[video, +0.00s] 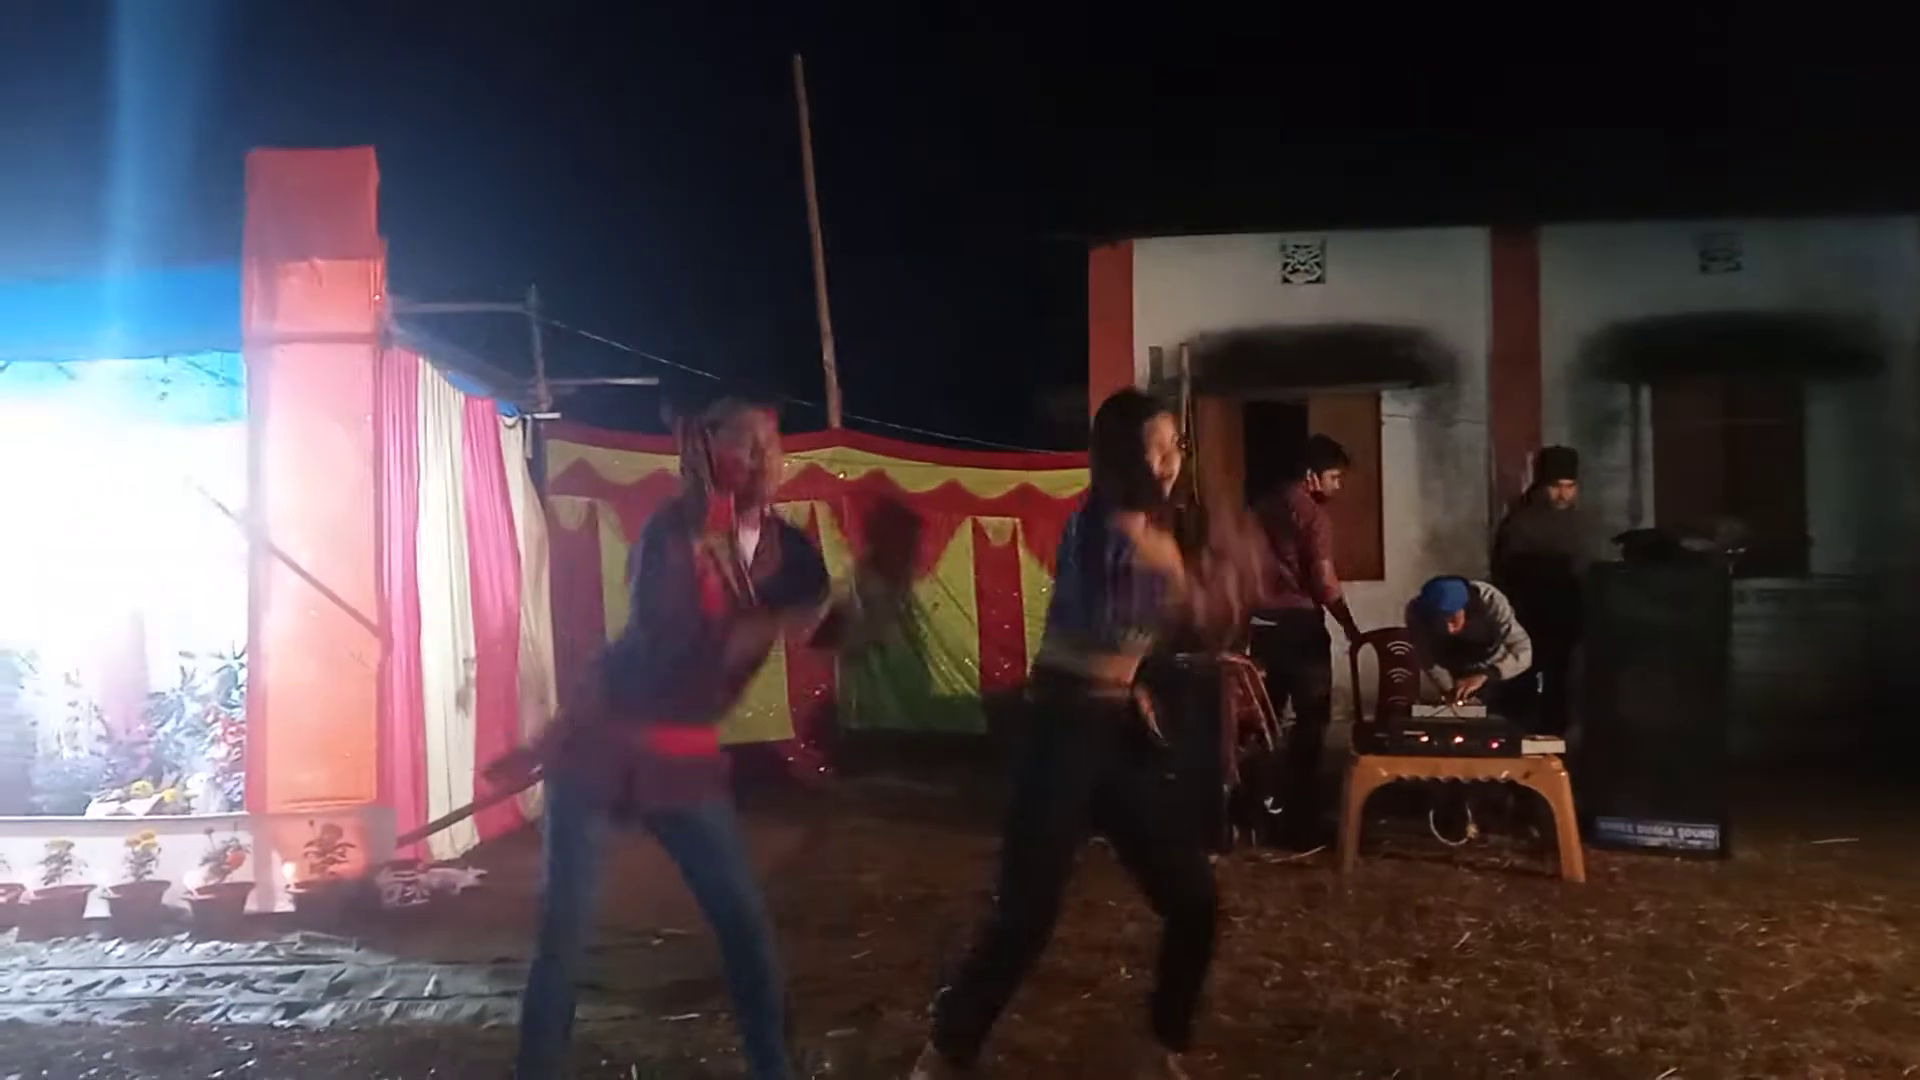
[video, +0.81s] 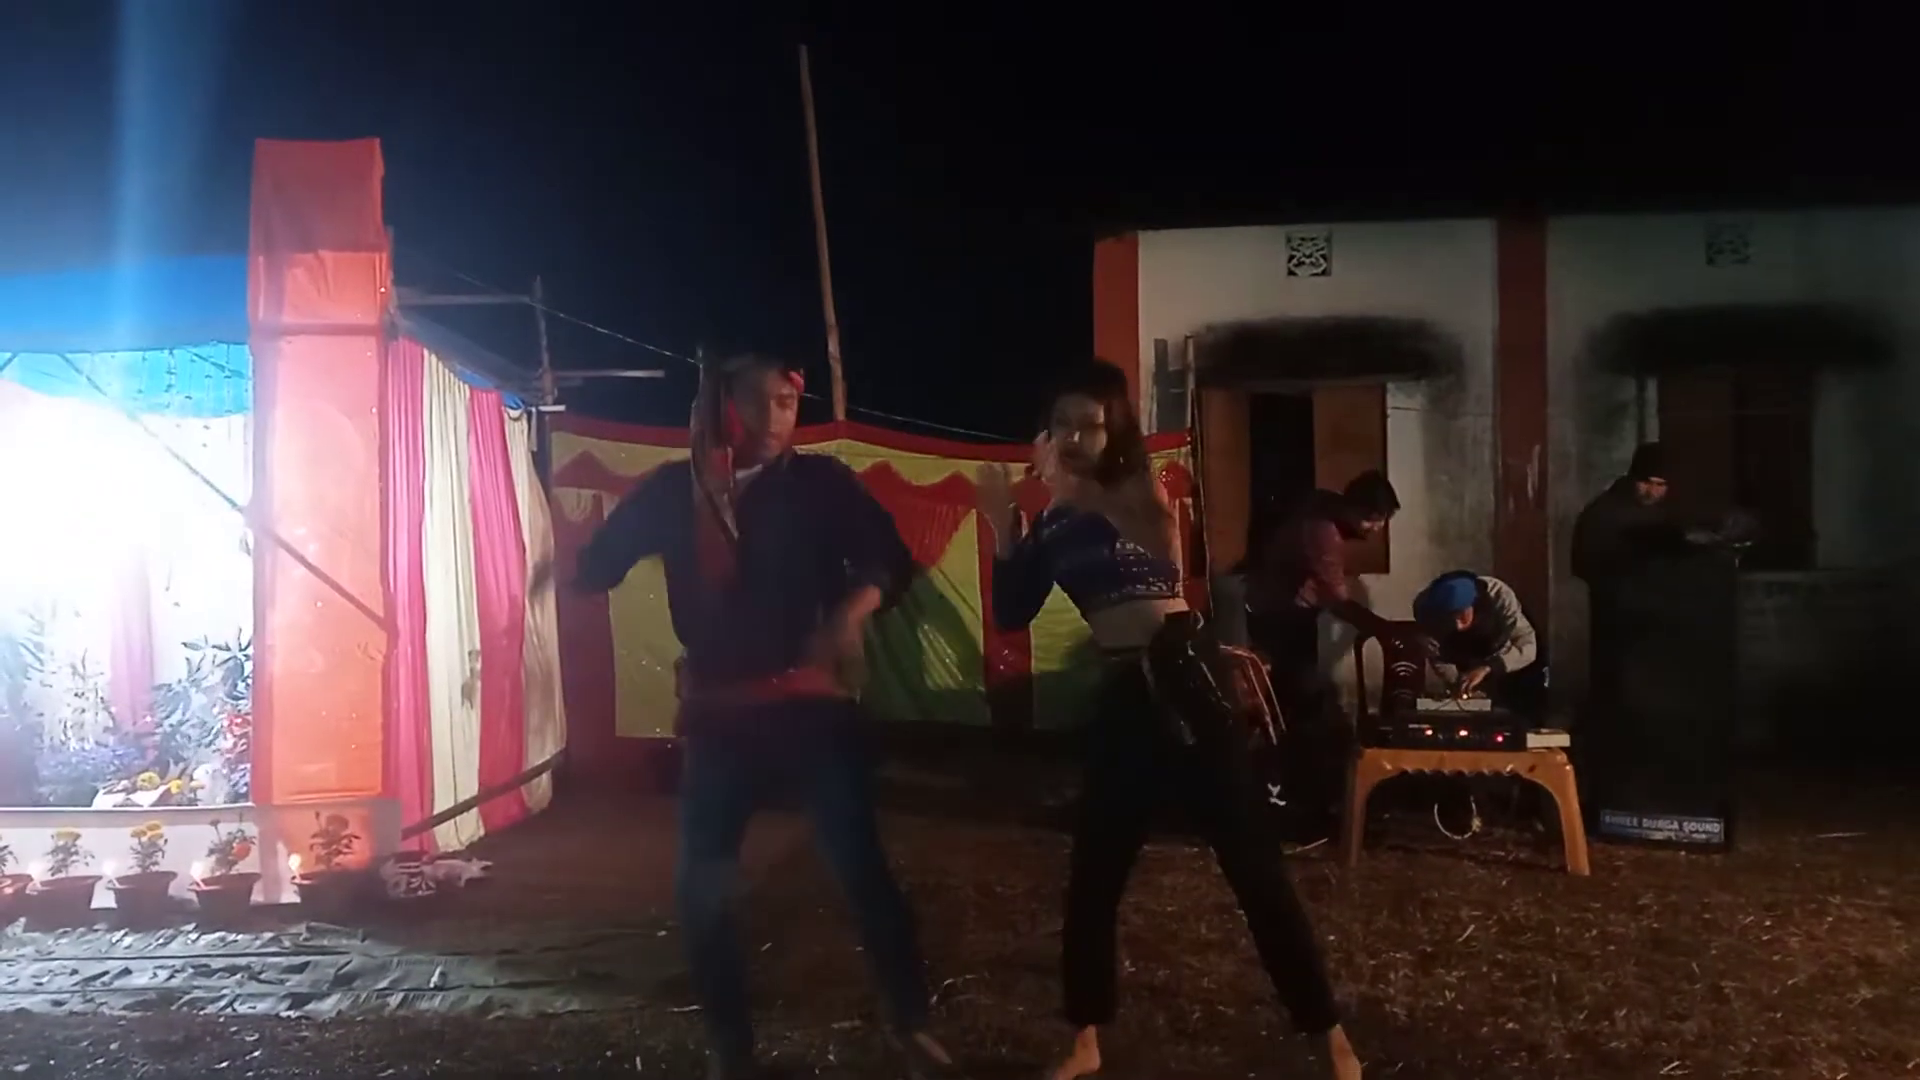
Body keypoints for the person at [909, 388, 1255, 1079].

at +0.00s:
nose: (1170, 461)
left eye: (1174, 446)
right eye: (1156, 448)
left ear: (1179, 450)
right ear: (1121, 453)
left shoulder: (1155, 528)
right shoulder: (1096, 523)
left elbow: (1201, 624)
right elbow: (1080, 639)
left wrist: (1172, 563)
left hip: (1120, 723)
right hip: (1064, 722)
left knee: (1194, 901)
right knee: (1027, 910)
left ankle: (1166, 1047)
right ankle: (944, 1051)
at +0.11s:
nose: (1142, 455)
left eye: (1151, 442)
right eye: (1126, 444)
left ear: (1163, 450)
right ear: (1098, 452)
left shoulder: (1171, 539)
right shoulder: (1069, 537)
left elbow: (1179, 643)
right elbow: (1063, 648)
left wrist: (1225, 653)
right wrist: (1146, 673)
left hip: (1157, 736)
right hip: (1080, 734)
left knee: (1211, 901)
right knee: (1039, 906)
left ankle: (1170, 1042)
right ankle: (948, 1043)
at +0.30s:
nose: (1097, 411)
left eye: (1111, 397)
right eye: (1084, 397)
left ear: (1134, 405)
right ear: (1064, 407)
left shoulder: (1169, 476)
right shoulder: (1050, 485)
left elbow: (1242, 557)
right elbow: (1027, 593)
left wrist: (1193, 494)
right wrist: (1022, 524)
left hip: (1168, 669)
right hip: (1089, 668)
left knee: (1193, 854)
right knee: (1059, 850)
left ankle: (1193, 1022)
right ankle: (1036, 1023)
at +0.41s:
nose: (1081, 421)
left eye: (1093, 405)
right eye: (1070, 408)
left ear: (1123, 405)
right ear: (1056, 411)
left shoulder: (1165, 476)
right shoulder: (1051, 491)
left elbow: (1236, 540)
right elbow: (1018, 593)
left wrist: (1168, 487)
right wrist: (1023, 519)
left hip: (1172, 677)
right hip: (1090, 677)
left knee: (1210, 849)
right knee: (1069, 854)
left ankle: (1266, 1014)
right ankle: (1076, 1023)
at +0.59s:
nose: (1063, 477)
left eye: (1080, 465)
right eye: (1055, 463)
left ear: (1107, 473)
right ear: (1041, 468)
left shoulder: (1143, 537)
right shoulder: (1046, 561)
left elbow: (1176, 625)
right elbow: (1025, 655)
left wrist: (1081, 666)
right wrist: (1012, 680)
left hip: (1175, 745)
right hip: (1103, 750)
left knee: (1244, 909)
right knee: (1066, 912)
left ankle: (1340, 1055)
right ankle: (1080, 1054)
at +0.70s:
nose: (1064, 457)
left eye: (1080, 444)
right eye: (1055, 442)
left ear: (1111, 451)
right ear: (1043, 447)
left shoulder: (1145, 518)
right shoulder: (1056, 538)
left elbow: (1172, 613)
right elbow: (1024, 638)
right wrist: (1005, 594)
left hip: (1187, 707)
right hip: (1122, 712)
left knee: (1251, 881)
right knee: (1086, 887)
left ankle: (1337, 1047)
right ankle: (1082, 1049)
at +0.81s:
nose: (1078, 441)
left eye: (1093, 426)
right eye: (1066, 426)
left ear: (1118, 433)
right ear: (1045, 434)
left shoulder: (1155, 498)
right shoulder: (1057, 521)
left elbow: (1185, 595)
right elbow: (1012, 612)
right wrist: (1001, 526)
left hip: (1195, 685)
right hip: (1126, 697)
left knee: (1253, 864)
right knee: (1094, 873)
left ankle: (1333, 1038)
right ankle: (1085, 1040)